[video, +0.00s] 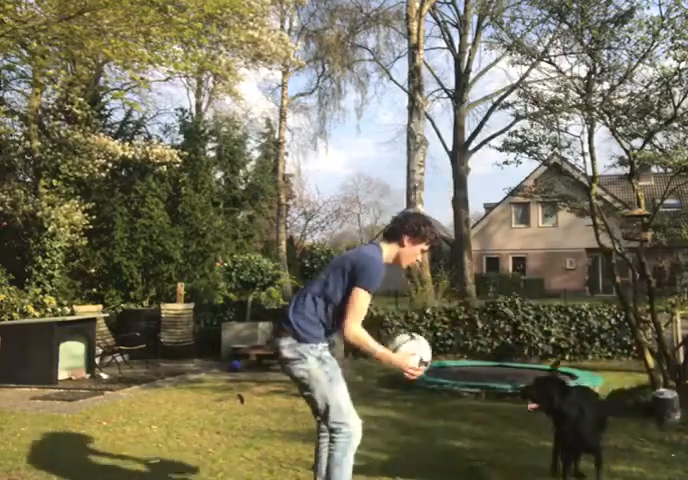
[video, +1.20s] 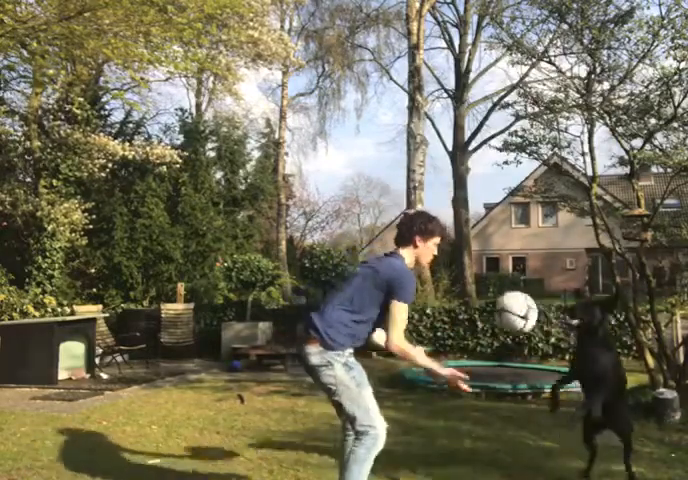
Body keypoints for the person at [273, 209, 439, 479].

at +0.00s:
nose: (419, 259)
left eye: (423, 253)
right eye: (421, 250)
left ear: (404, 238)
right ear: (406, 239)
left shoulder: (366, 256)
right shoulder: (371, 262)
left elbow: (350, 327)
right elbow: (351, 329)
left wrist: (394, 357)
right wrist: (396, 360)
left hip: (299, 340)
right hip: (303, 343)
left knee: (330, 426)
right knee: (347, 428)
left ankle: (323, 476)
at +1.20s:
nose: (435, 253)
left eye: (437, 246)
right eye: (435, 245)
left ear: (414, 239)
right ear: (418, 240)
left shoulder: (378, 264)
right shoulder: (403, 274)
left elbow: (376, 336)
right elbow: (395, 343)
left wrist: (413, 353)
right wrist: (442, 372)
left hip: (316, 346)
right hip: (330, 351)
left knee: (355, 428)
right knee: (373, 431)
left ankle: (349, 476)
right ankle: (353, 476)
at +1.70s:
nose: (456, 251)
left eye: (460, 244)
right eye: (457, 242)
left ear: (440, 233)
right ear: (441, 232)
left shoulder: (407, 259)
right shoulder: (406, 260)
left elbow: (365, 312)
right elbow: (365, 313)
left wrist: (387, 353)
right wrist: (399, 352)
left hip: (339, 338)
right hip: (334, 339)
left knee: (366, 425)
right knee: (371, 427)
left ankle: (353, 474)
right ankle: (353, 475)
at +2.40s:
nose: (424, 225)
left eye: (427, 219)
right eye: (422, 216)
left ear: (417, 216)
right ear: (401, 208)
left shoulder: (401, 247)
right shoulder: (366, 239)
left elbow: (374, 293)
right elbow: (337, 293)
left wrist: (396, 323)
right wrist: (380, 323)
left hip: (359, 338)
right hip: (335, 336)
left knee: (373, 425)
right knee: (356, 424)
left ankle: (362, 476)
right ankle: (345, 477)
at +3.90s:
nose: (397, 228)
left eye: (403, 222)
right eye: (391, 221)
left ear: (407, 219)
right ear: (374, 213)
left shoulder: (401, 248)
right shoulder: (341, 246)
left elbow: (390, 298)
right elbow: (317, 297)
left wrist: (396, 331)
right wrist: (336, 328)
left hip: (366, 340)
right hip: (330, 337)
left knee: (377, 424)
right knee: (334, 424)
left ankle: (373, 477)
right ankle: (323, 476)